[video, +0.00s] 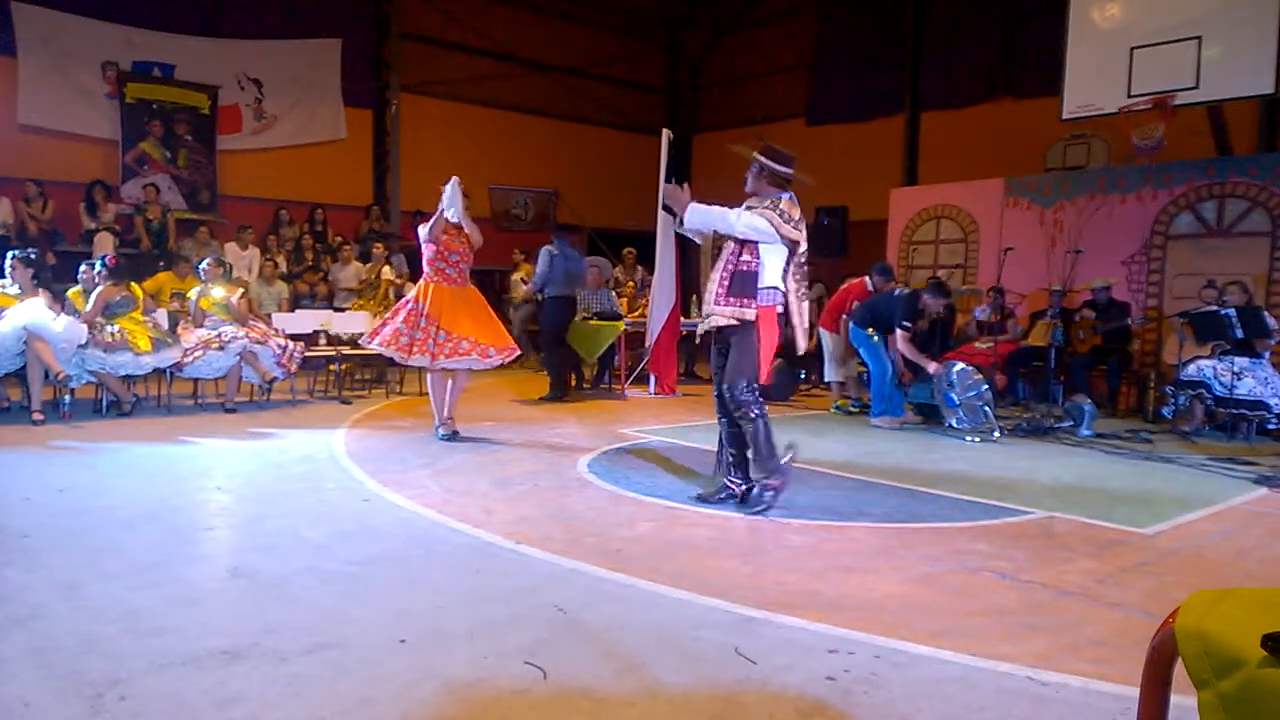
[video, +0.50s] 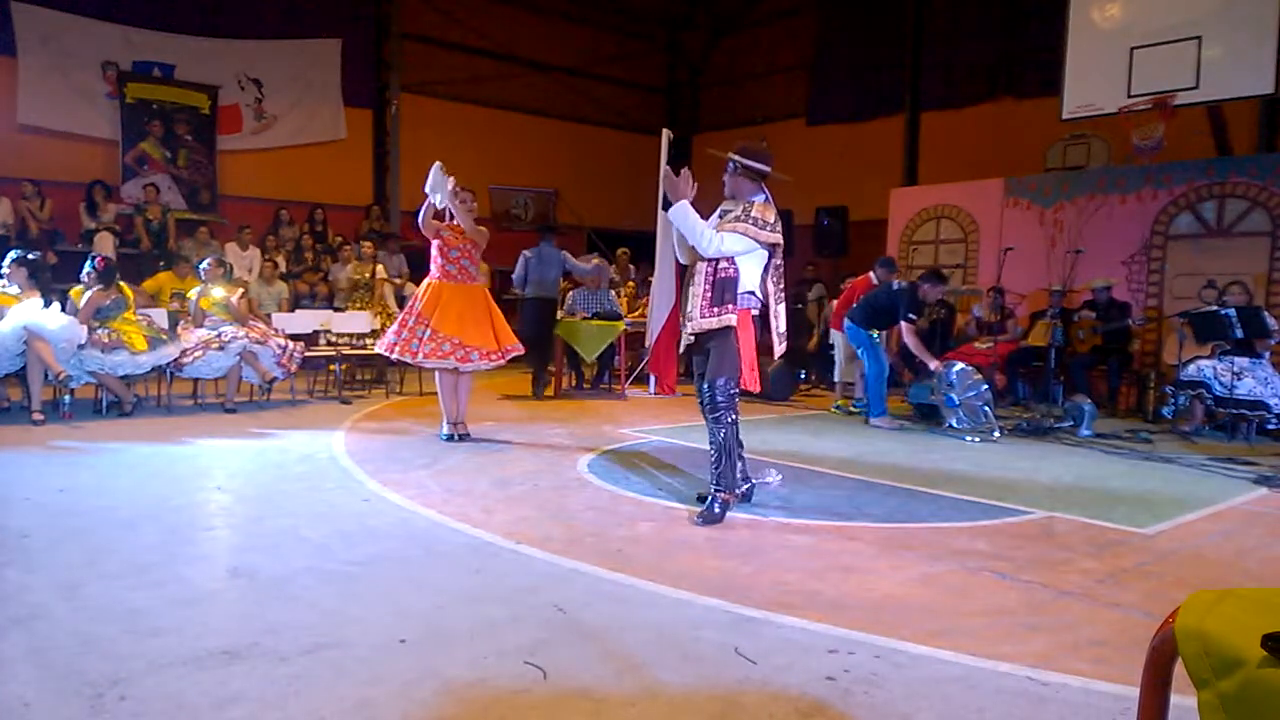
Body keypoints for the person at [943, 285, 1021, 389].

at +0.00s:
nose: (992, 301)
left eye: (996, 298)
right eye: (990, 297)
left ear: (1002, 299)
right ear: (986, 298)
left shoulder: (1008, 312)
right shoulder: (981, 312)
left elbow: (1012, 335)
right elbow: (974, 334)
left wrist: (991, 339)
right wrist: (967, 325)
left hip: (1003, 343)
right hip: (983, 343)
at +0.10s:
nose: (992, 301)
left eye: (996, 298)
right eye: (990, 297)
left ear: (1002, 299)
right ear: (986, 298)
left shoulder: (1008, 313)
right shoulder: (979, 312)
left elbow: (1012, 335)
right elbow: (973, 334)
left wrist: (991, 339)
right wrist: (967, 325)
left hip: (1002, 343)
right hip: (983, 343)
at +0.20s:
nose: (992, 301)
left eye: (996, 298)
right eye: (989, 298)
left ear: (1002, 299)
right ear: (986, 298)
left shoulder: (1007, 313)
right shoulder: (981, 313)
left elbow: (1012, 335)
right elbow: (975, 335)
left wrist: (990, 339)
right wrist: (967, 325)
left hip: (1002, 343)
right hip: (983, 343)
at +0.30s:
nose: (992, 301)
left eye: (996, 298)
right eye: (989, 297)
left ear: (1002, 299)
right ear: (986, 298)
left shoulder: (1007, 313)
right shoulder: (980, 314)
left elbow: (1012, 335)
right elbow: (973, 335)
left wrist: (991, 339)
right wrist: (967, 326)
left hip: (1002, 344)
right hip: (983, 343)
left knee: (982, 361)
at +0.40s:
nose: (992, 301)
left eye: (996, 298)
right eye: (989, 297)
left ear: (1002, 300)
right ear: (985, 298)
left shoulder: (1007, 313)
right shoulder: (980, 313)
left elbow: (1012, 335)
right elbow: (973, 334)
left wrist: (991, 339)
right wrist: (966, 326)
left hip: (1002, 343)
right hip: (982, 343)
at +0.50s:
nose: (992, 301)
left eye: (996, 298)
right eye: (989, 297)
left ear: (1002, 299)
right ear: (985, 298)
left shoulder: (1007, 313)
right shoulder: (979, 312)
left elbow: (1012, 335)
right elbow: (974, 334)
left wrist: (991, 339)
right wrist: (967, 326)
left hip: (1002, 343)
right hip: (982, 343)